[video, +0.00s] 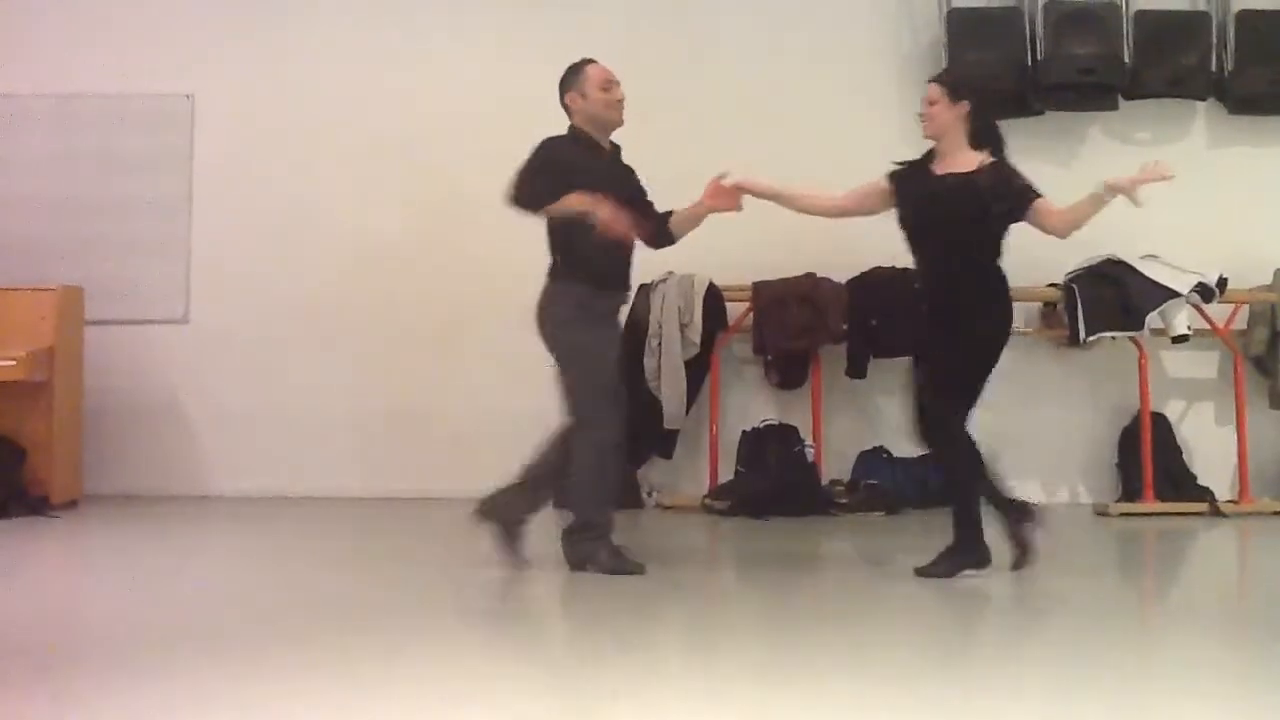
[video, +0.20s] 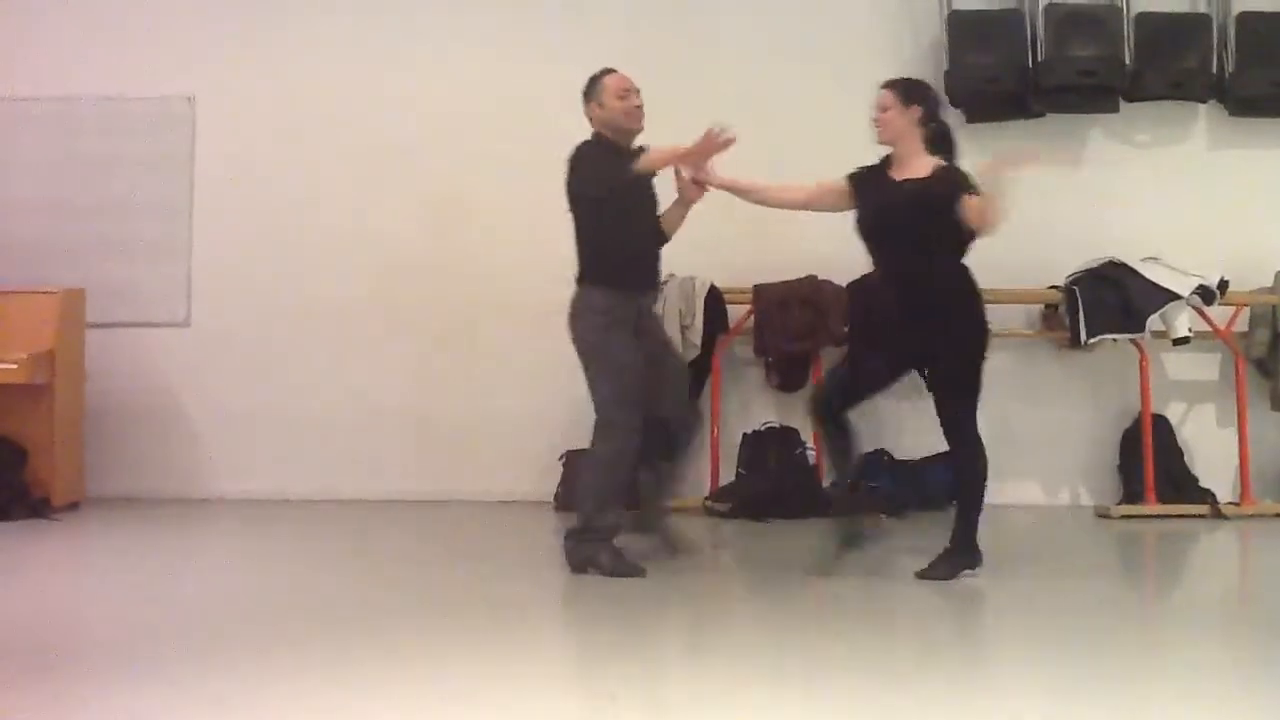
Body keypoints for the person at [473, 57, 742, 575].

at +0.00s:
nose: (620, 95)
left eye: (619, 86)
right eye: (607, 88)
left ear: (609, 101)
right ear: (575, 102)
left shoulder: (618, 170)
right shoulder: (559, 151)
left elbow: (656, 232)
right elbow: (524, 196)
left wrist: (703, 206)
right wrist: (590, 204)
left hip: (603, 310)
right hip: (571, 305)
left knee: (600, 420)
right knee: (600, 419)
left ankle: (510, 505)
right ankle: (587, 540)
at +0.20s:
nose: (637, 102)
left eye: (638, 95)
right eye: (624, 96)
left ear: (639, 106)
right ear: (595, 110)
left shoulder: (634, 168)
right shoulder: (590, 157)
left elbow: (654, 235)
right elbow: (634, 165)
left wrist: (686, 198)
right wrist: (690, 152)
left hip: (639, 311)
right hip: (602, 311)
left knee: (673, 408)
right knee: (620, 418)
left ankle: (645, 512)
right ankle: (591, 538)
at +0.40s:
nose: (655, 108)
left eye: (663, 103)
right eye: (643, 103)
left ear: (674, 117)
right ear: (625, 121)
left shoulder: (676, 168)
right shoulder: (617, 158)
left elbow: (693, 202)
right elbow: (653, 146)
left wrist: (699, 158)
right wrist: (691, 129)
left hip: (686, 310)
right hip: (642, 309)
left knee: (704, 419)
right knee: (634, 422)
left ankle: (711, 522)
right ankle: (593, 534)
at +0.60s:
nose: (692, 114)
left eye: (695, 108)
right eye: (681, 107)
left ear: (703, 119)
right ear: (659, 122)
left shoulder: (720, 176)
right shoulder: (652, 175)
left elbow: (764, 196)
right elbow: (596, 178)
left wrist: (742, 151)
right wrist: (624, 134)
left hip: (712, 312)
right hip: (664, 310)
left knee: (724, 418)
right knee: (681, 415)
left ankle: (711, 523)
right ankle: (625, 512)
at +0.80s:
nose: (700, 112)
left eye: (707, 106)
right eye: (690, 108)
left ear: (723, 121)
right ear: (674, 126)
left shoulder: (742, 168)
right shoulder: (662, 171)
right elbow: (599, 164)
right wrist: (626, 115)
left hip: (728, 302)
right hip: (672, 303)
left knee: (721, 411)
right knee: (695, 404)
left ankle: (708, 516)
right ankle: (660, 477)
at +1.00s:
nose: (746, 113)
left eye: (743, 104)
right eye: (742, 107)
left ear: (686, 115)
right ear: (730, 118)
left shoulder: (664, 167)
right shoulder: (746, 181)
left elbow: (643, 126)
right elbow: (816, 155)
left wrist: (678, 103)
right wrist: (804, 100)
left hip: (676, 316)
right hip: (728, 317)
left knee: (671, 428)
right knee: (727, 429)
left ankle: (642, 534)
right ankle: (719, 529)